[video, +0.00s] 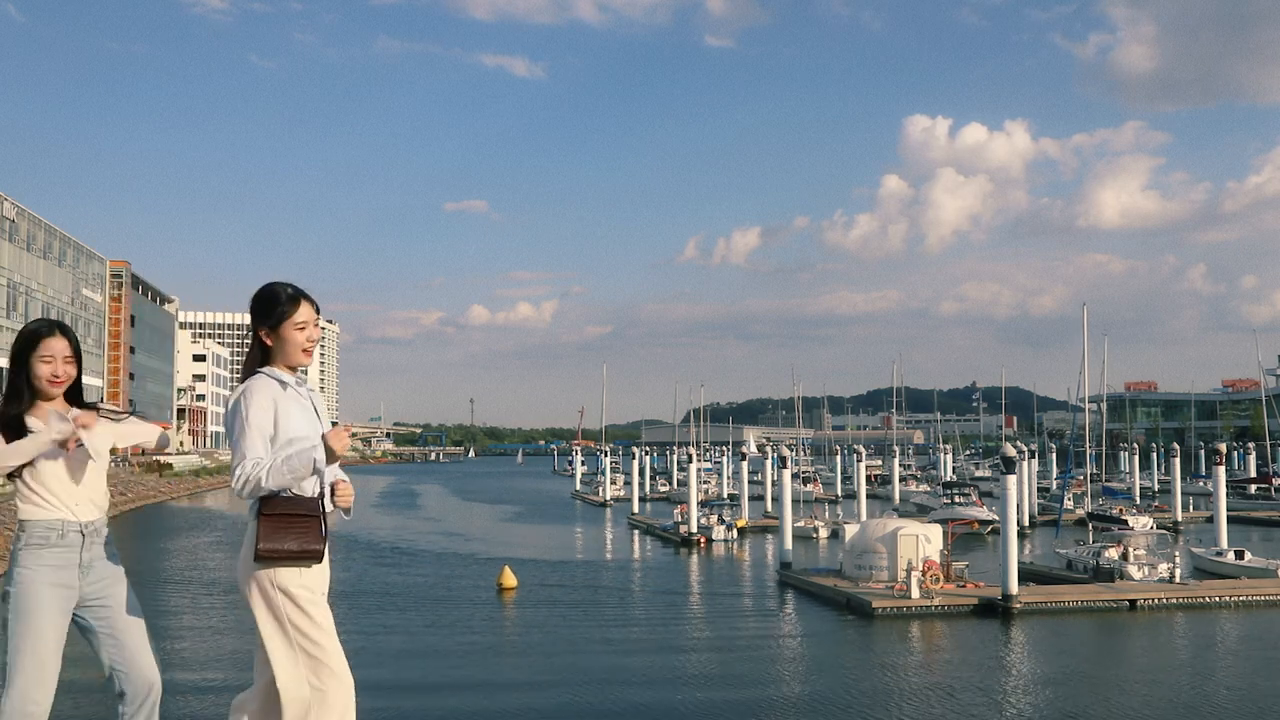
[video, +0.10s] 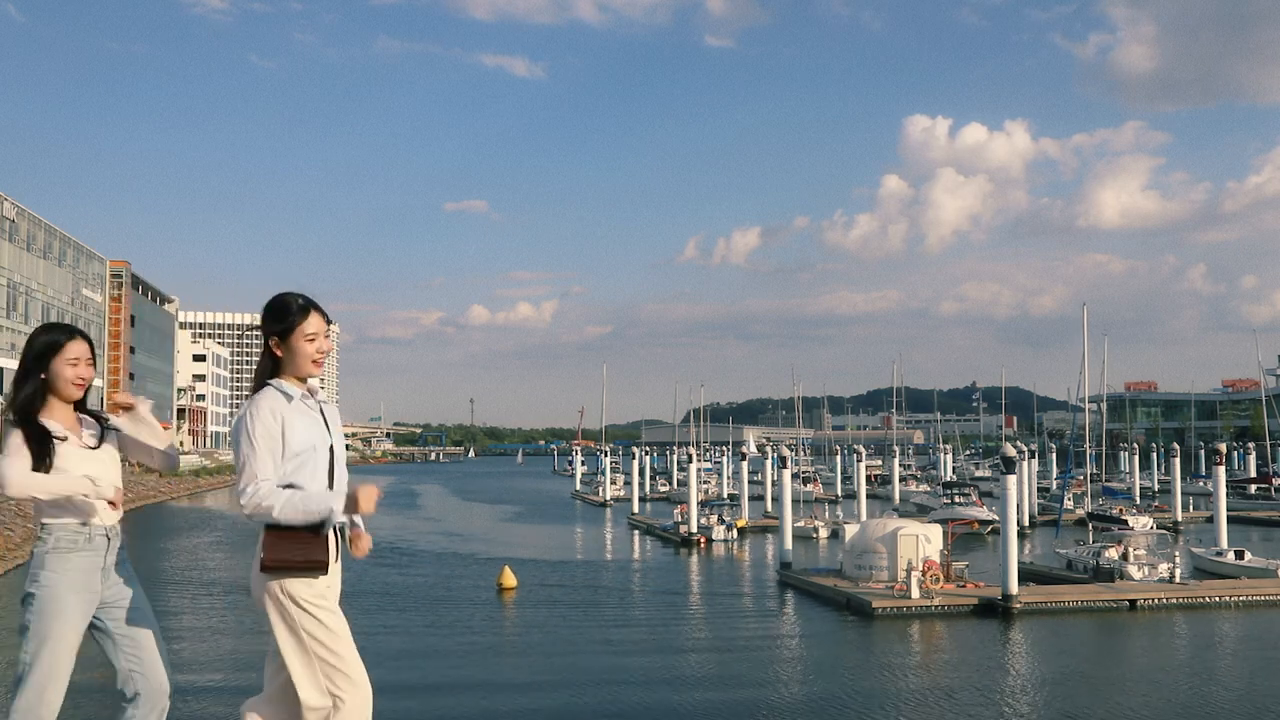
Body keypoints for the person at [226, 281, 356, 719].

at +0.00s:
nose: (313, 336)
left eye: (315, 325)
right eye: (301, 326)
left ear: (316, 329)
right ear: (268, 335)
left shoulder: (305, 392)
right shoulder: (257, 391)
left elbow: (312, 468)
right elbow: (246, 478)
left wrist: (340, 488)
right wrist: (321, 450)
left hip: (310, 543)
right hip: (277, 546)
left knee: (280, 683)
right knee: (332, 685)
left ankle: (246, 713)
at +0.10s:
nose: (324, 346)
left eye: (326, 336)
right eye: (311, 338)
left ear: (328, 339)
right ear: (278, 345)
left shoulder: (323, 406)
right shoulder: (263, 406)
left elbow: (327, 480)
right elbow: (252, 494)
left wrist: (352, 523)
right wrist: (341, 502)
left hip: (325, 562)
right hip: (289, 568)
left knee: (286, 694)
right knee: (350, 694)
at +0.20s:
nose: (334, 362)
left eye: (337, 351)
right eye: (321, 352)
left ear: (342, 351)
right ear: (288, 357)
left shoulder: (334, 421)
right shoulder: (272, 417)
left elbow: (356, 509)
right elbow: (275, 508)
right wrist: (359, 522)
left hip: (339, 570)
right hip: (305, 574)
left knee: (333, 703)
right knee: (362, 699)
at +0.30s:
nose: (351, 354)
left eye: (353, 344)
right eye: (341, 343)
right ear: (306, 345)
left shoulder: (338, 414)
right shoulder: (287, 408)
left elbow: (377, 500)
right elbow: (307, 491)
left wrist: (439, 550)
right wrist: (376, 495)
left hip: (346, 556)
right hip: (312, 559)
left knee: (396, 693)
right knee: (353, 703)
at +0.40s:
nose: (368, 334)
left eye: (369, 324)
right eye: (360, 322)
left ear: (336, 329)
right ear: (325, 325)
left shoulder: (345, 393)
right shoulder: (308, 387)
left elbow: (388, 477)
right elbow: (341, 467)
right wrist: (383, 461)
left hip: (354, 539)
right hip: (321, 543)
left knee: (411, 669)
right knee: (345, 692)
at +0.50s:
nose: (383, 319)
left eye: (383, 309)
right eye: (375, 308)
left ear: (348, 315)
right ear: (341, 312)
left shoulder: (356, 378)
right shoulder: (325, 372)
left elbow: (385, 466)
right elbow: (359, 451)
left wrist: (437, 442)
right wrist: (391, 438)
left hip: (371, 527)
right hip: (337, 529)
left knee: (415, 669)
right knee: (338, 679)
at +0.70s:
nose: (406, 338)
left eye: (405, 328)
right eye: (397, 327)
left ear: (367, 334)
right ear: (366, 331)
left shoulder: (378, 401)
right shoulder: (350, 398)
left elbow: (388, 491)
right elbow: (367, 490)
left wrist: (437, 487)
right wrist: (423, 499)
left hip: (399, 557)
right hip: (370, 562)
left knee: (441, 692)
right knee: (381, 702)